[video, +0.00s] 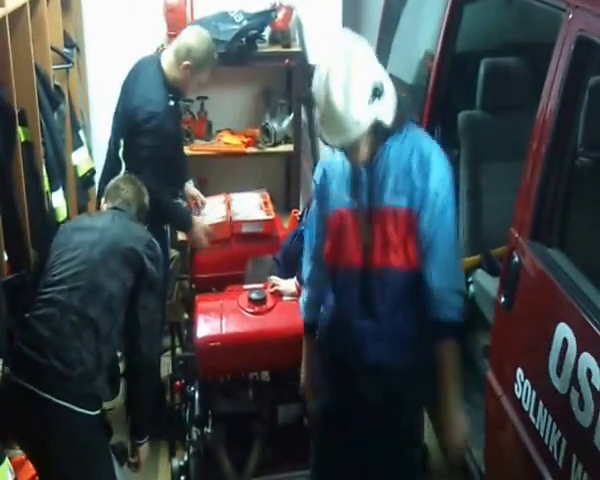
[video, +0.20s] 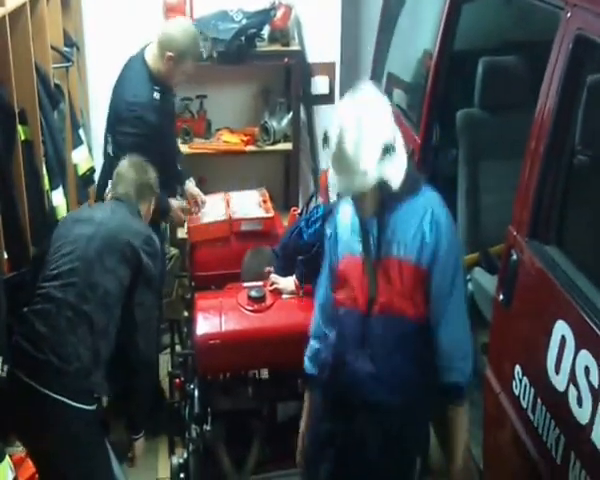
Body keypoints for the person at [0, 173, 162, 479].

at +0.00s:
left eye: (103, 201)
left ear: (104, 203)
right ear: (142, 212)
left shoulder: (68, 228)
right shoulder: (145, 245)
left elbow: (38, 296)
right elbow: (144, 347)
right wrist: (140, 434)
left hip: (18, 385)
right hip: (72, 404)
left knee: (53, 472)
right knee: (96, 472)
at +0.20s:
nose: (152, 213)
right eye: (154, 206)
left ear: (111, 191)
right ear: (151, 204)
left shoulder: (71, 219)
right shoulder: (144, 241)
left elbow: (32, 285)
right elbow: (142, 342)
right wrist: (137, 427)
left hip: (20, 378)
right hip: (71, 395)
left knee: (53, 472)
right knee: (98, 472)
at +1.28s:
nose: (188, 225)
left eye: (193, 217)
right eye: (190, 215)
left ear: (170, 199)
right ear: (171, 203)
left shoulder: (129, 209)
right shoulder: (104, 223)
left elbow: (127, 309)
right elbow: (85, 334)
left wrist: (155, 362)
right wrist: (106, 426)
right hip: (50, 369)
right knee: (77, 468)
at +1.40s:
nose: (189, 213)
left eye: (193, 204)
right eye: (191, 203)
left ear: (171, 189)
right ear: (173, 193)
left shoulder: (130, 201)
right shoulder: (113, 215)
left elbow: (128, 309)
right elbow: (101, 317)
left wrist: (156, 364)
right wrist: (113, 406)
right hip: (60, 370)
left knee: (113, 463)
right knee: (82, 466)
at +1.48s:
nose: (186, 204)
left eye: (190, 196)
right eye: (189, 194)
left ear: (165, 177)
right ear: (175, 182)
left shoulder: (120, 189)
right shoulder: (123, 206)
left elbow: (123, 294)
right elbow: (118, 302)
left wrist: (150, 355)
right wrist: (141, 372)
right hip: (67, 360)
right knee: (93, 461)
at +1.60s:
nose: (180, 209)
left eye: (186, 201)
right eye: (184, 198)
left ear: (160, 174)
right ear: (172, 184)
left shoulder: (121, 186)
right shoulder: (134, 201)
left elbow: (133, 293)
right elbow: (134, 299)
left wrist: (152, 356)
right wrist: (150, 369)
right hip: (65, 353)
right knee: (99, 456)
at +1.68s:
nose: (179, 211)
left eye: (184, 203)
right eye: (183, 200)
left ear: (156, 175)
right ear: (170, 186)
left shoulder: (121, 187)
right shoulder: (138, 202)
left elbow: (134, 293)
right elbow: (138, 297)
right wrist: (160, 362)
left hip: (48, 333)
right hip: (70, 346)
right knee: (97, 454)